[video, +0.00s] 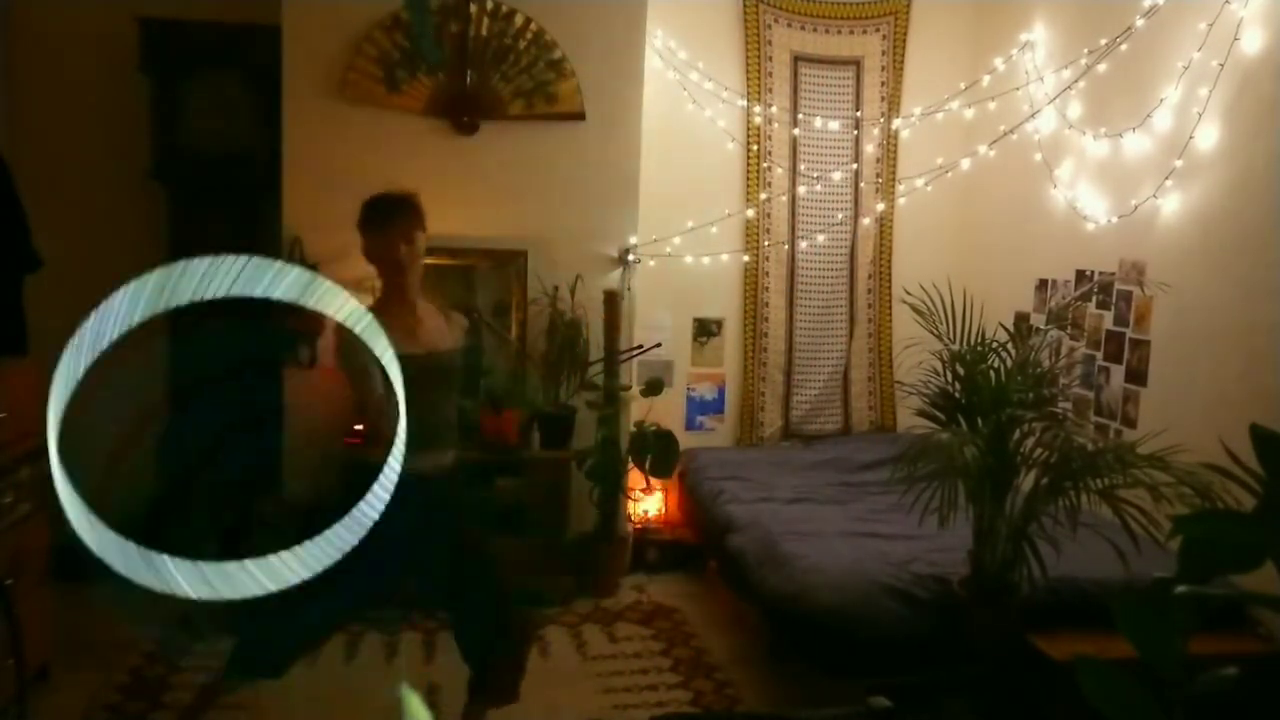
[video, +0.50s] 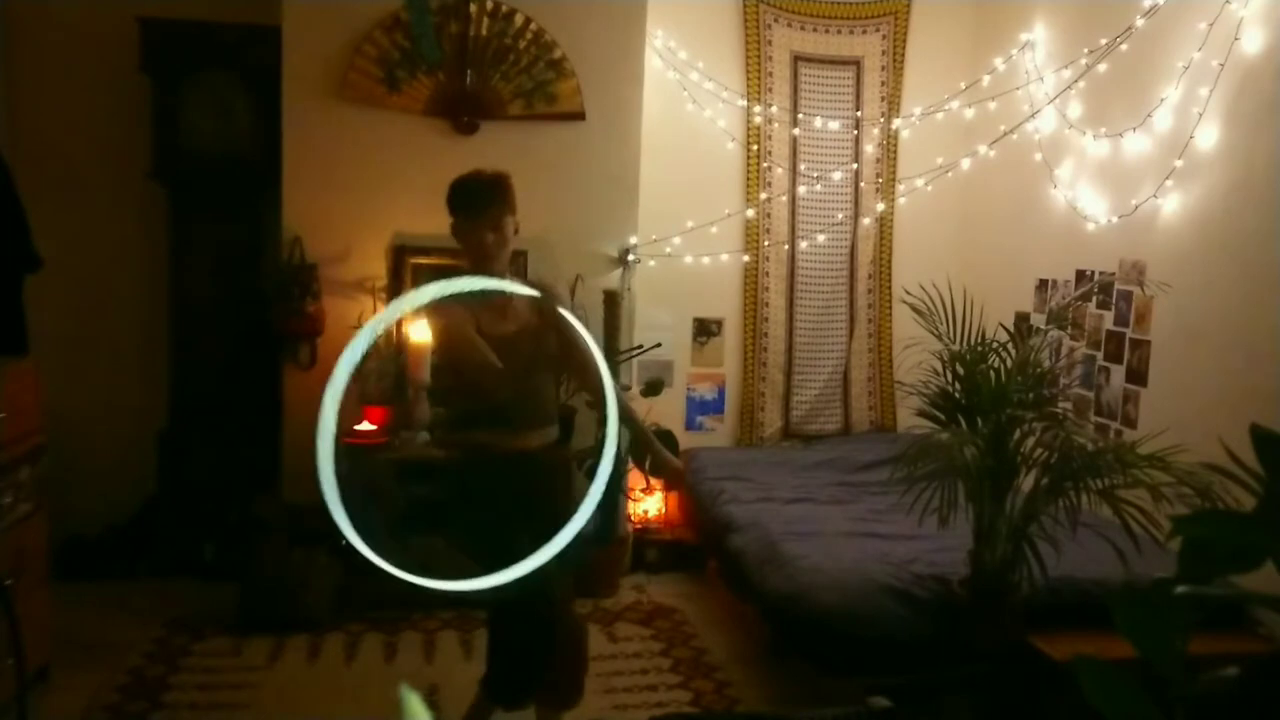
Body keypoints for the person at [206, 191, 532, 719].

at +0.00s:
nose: (406, 248)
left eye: (413, 235)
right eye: (391, 236)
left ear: (425, 240)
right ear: (369, 246)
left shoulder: (459, 328)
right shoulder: (359, 333)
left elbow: (480, 408)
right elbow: (356, 425)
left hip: (453, 488)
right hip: (385, 492)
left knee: (501, 640)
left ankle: (472, 710)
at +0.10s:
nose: (428, 257)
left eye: (435, 242)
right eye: (413, 245)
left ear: (448, 247)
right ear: (392, 255)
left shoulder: (481, 323)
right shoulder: (384, 335)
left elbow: (501, 395)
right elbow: (393, 427)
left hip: (475, 484)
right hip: (407, 484)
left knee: (514, 628)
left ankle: (478, 709)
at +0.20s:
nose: (446, 253)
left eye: (454, 239)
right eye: (433, 242)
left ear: (469, 243)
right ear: (409, 250)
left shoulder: (501, 316)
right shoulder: (403, 326)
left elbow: (529, 401)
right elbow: (379, 396)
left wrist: (551, 475)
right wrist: (395, 288)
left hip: (496, 479)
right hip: (432, 480)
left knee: (523, 620)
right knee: (429, 625)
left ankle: (485, 708)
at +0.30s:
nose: (468, 250)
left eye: (476, 236)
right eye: (456, 237)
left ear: (487, 242)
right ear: (433, 248)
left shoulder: (518, 314)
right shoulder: (424, 326)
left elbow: (561, 395)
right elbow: (415, 430)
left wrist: (612, 468)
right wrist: (477, 454)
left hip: (529, 478)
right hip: (464, 486)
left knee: (514, 623)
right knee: (526, 625)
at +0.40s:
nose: (477, 246)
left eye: (487, 231)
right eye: (464, 234)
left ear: (503, 232)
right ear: (445, 240)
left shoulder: (531, 303)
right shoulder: (442, 312)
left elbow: (579, 380)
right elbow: (459, 401)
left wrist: (631, 440)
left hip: (536, 465)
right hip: (474, 470)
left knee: (539, 588)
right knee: (501, 590)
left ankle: (515, 698)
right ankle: (500, 697)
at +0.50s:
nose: (489, 240)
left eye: (499, 225)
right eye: (476, 227)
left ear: (514, 228)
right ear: (457, 232)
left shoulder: (542, 304)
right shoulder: (444, 305)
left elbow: (597, 384)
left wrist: (653, 451)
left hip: (542, 473)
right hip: (476, 476)